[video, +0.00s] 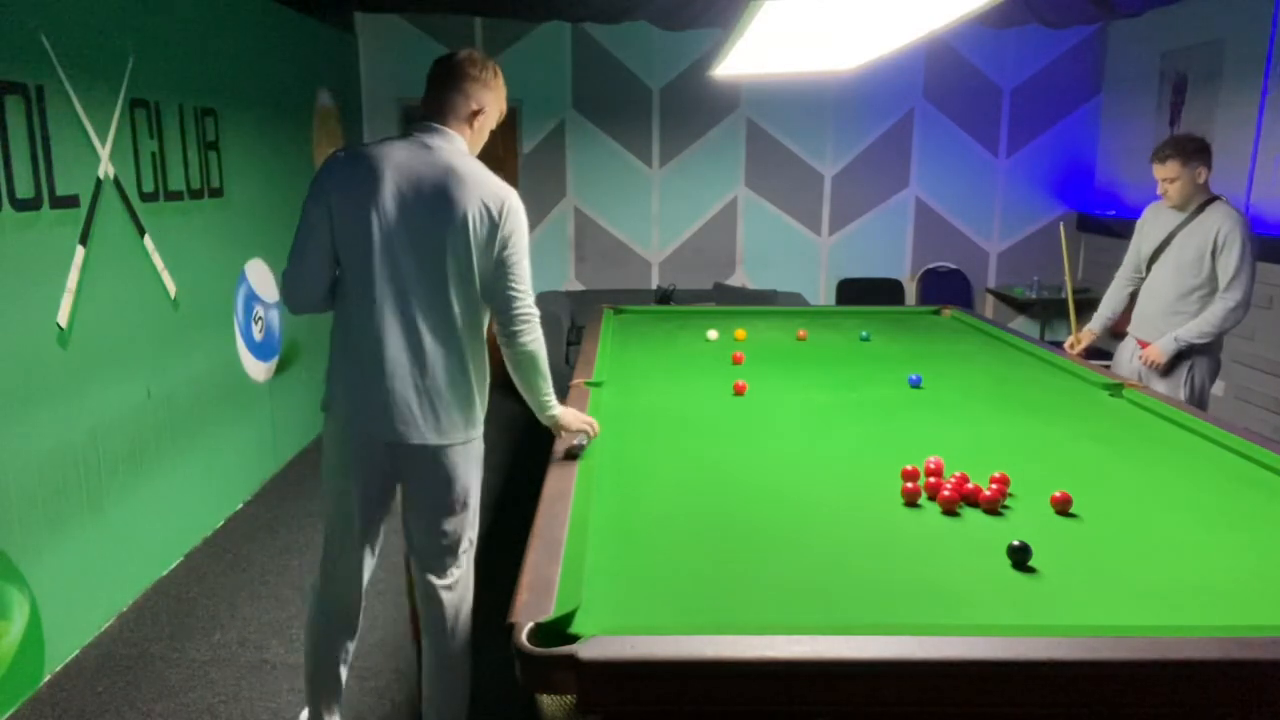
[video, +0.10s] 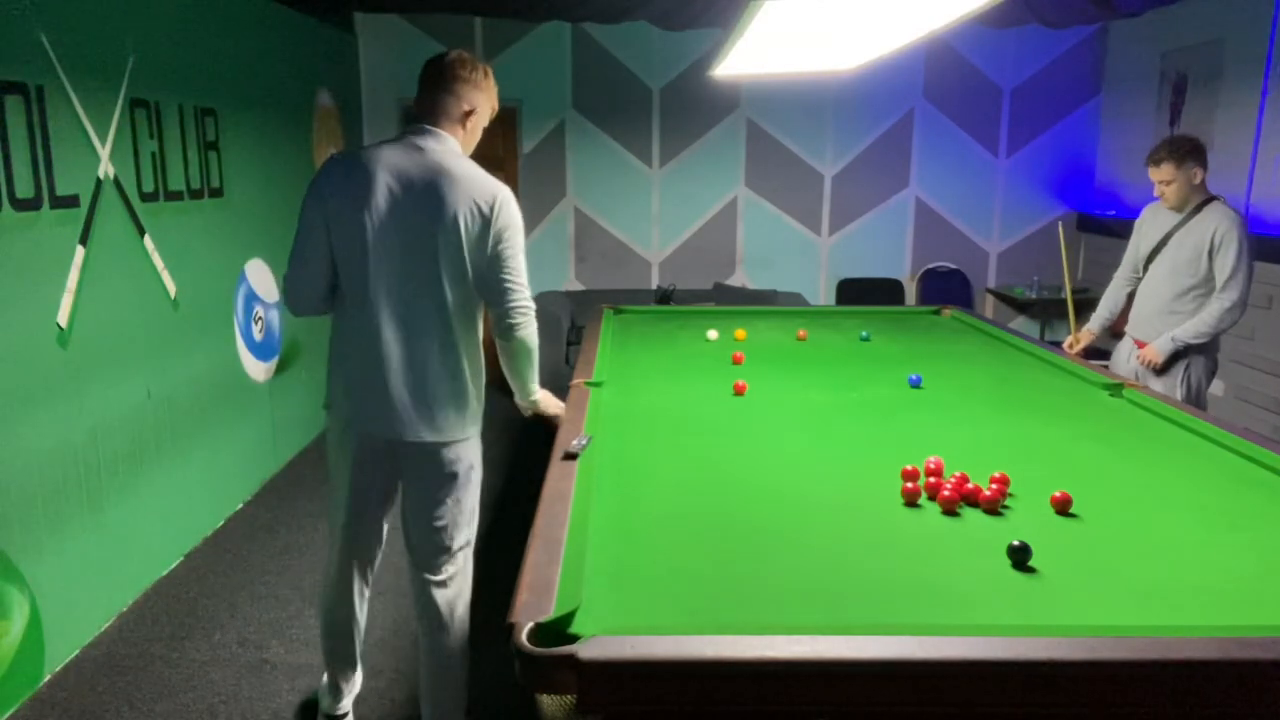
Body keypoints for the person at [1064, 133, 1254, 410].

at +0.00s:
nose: (1160, 190)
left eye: (1170, 181)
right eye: (1158, 181)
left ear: (1201, 174)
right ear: (1155, 176)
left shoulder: (1227, 224)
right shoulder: (1153, 213)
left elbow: (1233, 302)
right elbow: (1127, 276)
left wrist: (1172, 343)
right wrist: (1094, 329)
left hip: (1182, 366)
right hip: (1131, 352)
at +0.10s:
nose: (1157, 192)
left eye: (1166, 184)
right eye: (1154, 183)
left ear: (1197, 175)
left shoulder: (1225, 224)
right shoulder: (1151, 214)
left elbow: (1230, 302)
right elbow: (1126, 276)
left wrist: (1169, 343)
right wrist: (1092, 329)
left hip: (1179, 366)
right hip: (1129, 352)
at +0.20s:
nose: (1151, 190)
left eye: (1160, 181)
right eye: (1149, 181)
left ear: (1191, 173)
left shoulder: (1220, 223)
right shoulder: (1146, 213)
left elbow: (1225, 300)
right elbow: (1122, 276)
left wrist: (1165, 341)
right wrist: (1090, 329)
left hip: (1175, 365)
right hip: (1125, 351)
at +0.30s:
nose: (1143, 187)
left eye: (1151, 179)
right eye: (1140, 179)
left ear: (1182, 171)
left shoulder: (1212, 221)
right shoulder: (1138, 210)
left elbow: (1217, 297)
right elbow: (1114, 274)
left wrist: (1156, 337)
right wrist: (1087, 327)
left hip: (1169, 361)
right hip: (1119, 349)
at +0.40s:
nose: (1136, 189)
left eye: (1144, 180)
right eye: (1133, 181)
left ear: (1174, 171)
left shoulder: (1205, 220)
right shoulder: (1131, 210)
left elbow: (1210, 295)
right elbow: (1108, 273)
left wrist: (1145, 334)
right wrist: (1083, 326)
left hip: (1164, 359)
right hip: (1115, 348)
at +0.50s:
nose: (1130, 189)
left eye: (1137, 180)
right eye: (1127, 181)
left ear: (1167, 170)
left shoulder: (1198, 219)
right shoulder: (1124, 212)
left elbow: (1201, 294)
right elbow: (1103, 272)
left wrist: (1135, 328)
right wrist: (1081, 325)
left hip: (1160, 358)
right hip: (1110, 348)